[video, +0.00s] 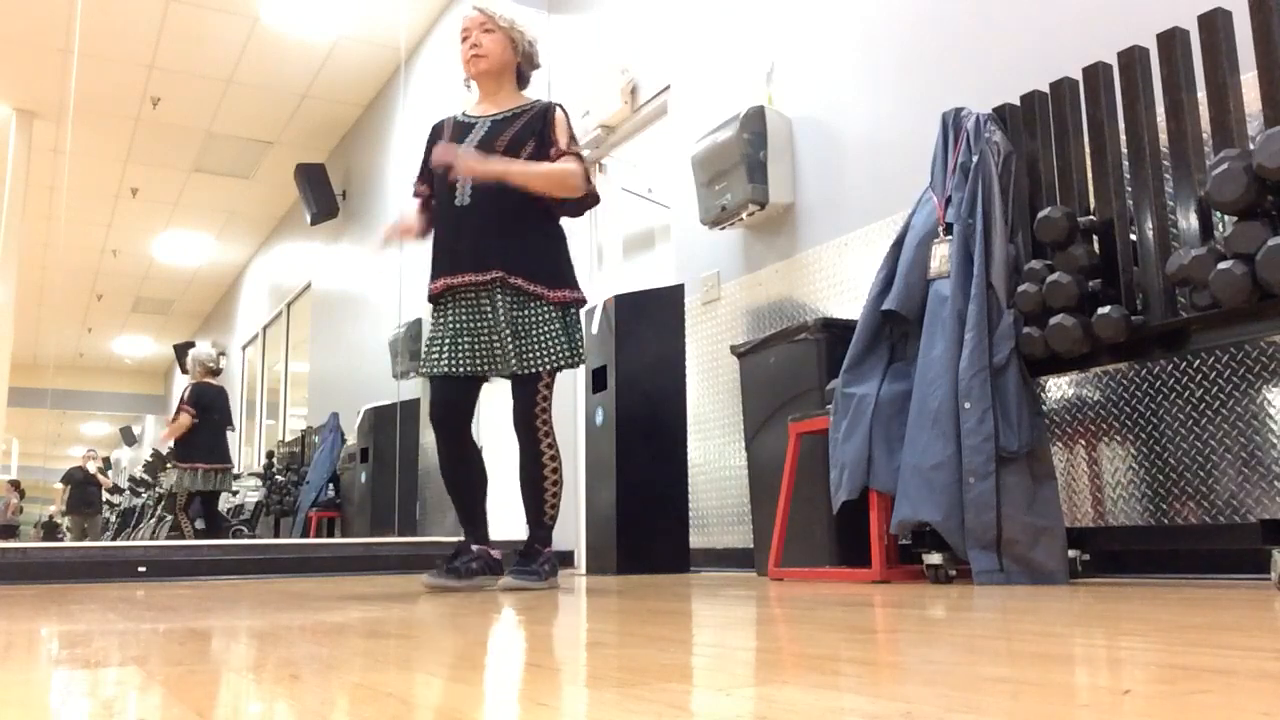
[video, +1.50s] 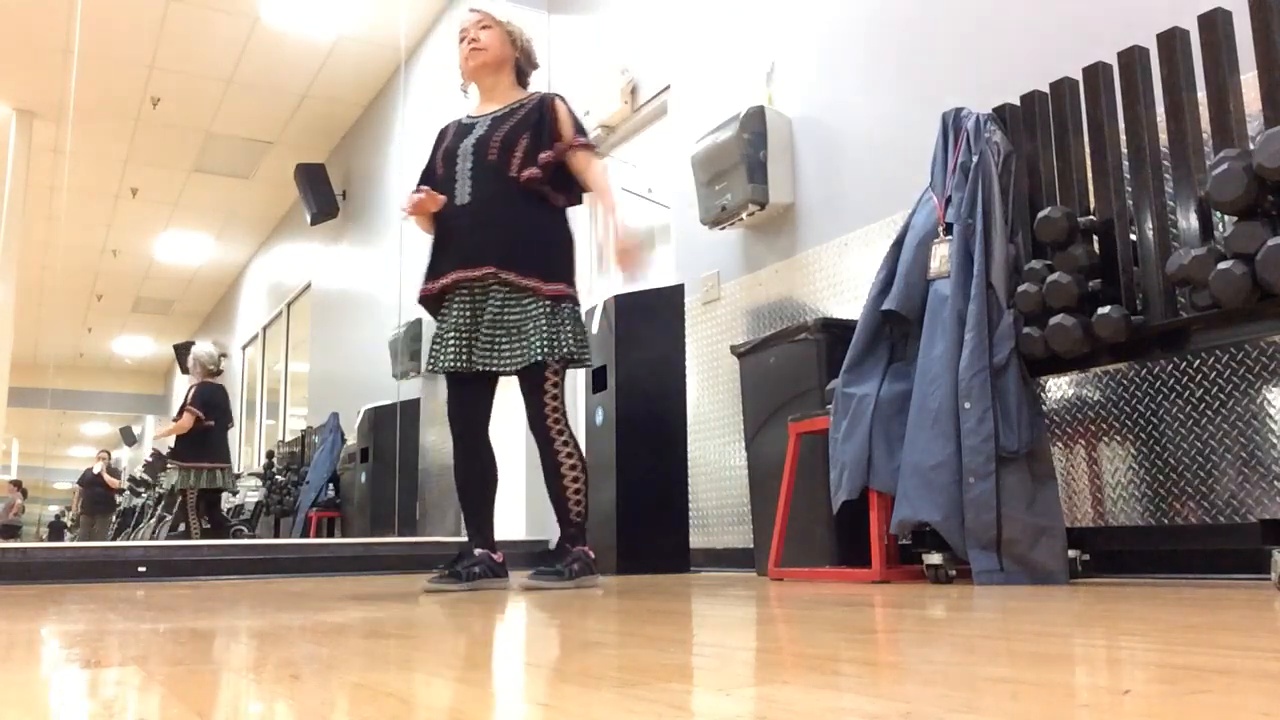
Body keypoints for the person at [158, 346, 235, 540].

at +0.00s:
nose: (189, 370)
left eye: (190, 365)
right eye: (189, 366)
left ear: (197, 367)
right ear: (213, 367)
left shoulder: (194, 390)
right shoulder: (221, 391)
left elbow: (184, 422)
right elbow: (225, 425)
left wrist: (165, 437)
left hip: (193, 465)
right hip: (219, 464)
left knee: (180, 510)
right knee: (211, 511)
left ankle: (194, 551)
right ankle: (217, 554)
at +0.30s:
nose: (182, 369)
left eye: (184, 365)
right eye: (182, 365)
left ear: (193, 367)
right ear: (205, 368)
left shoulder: (193, 390)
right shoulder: (211, 392)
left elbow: (185, 419)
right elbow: (214, 430)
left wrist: (164, 435)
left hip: (185, 463)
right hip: (202, 463)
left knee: (177, 509)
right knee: (177, 507)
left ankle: (192, 552)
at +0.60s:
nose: (173, 368)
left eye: (176, 364)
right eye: (175, 363)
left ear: (184, 368)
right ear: (197, 371)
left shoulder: (183, 393)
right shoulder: (200, 395)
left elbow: (176, 424)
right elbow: (213, 429)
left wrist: (152, 440)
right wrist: (212, 467)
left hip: (167, 467)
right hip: (188, 469)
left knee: (162, 517)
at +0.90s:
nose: (175, 367)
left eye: (178, 363)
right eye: (177, 363)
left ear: (184, 367)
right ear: (199, 369)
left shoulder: (180, 391)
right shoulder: (204, 393)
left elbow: (167, 421)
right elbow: (210, 429)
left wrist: (151, 443)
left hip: (177, 463)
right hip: (197, 464)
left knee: (174, 512)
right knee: (170, 511)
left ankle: (191, 553)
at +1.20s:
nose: (180, 364)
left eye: (182, 360)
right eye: (180, 360)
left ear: (189, 364)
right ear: (205, 364)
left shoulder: (189, 388)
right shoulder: (212, 389)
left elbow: (174, 419)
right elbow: (219, 425)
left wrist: (152, 431)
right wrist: (192, 427)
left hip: (188, 460)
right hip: (210, 460)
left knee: (188, 508)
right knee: (194, 506)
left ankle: (197, 552)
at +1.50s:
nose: (188, 366)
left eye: (191, 362)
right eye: (190, 362)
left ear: (197, 365)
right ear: (214, 366)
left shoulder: (198, 390)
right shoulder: (221, 390)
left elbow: (185, 423)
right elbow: (227, 424)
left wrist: (162, 432)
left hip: (194, 465)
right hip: (218, 465)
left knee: (191, 514)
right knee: (214, 512)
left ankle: (197, 557)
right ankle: (227, 553)